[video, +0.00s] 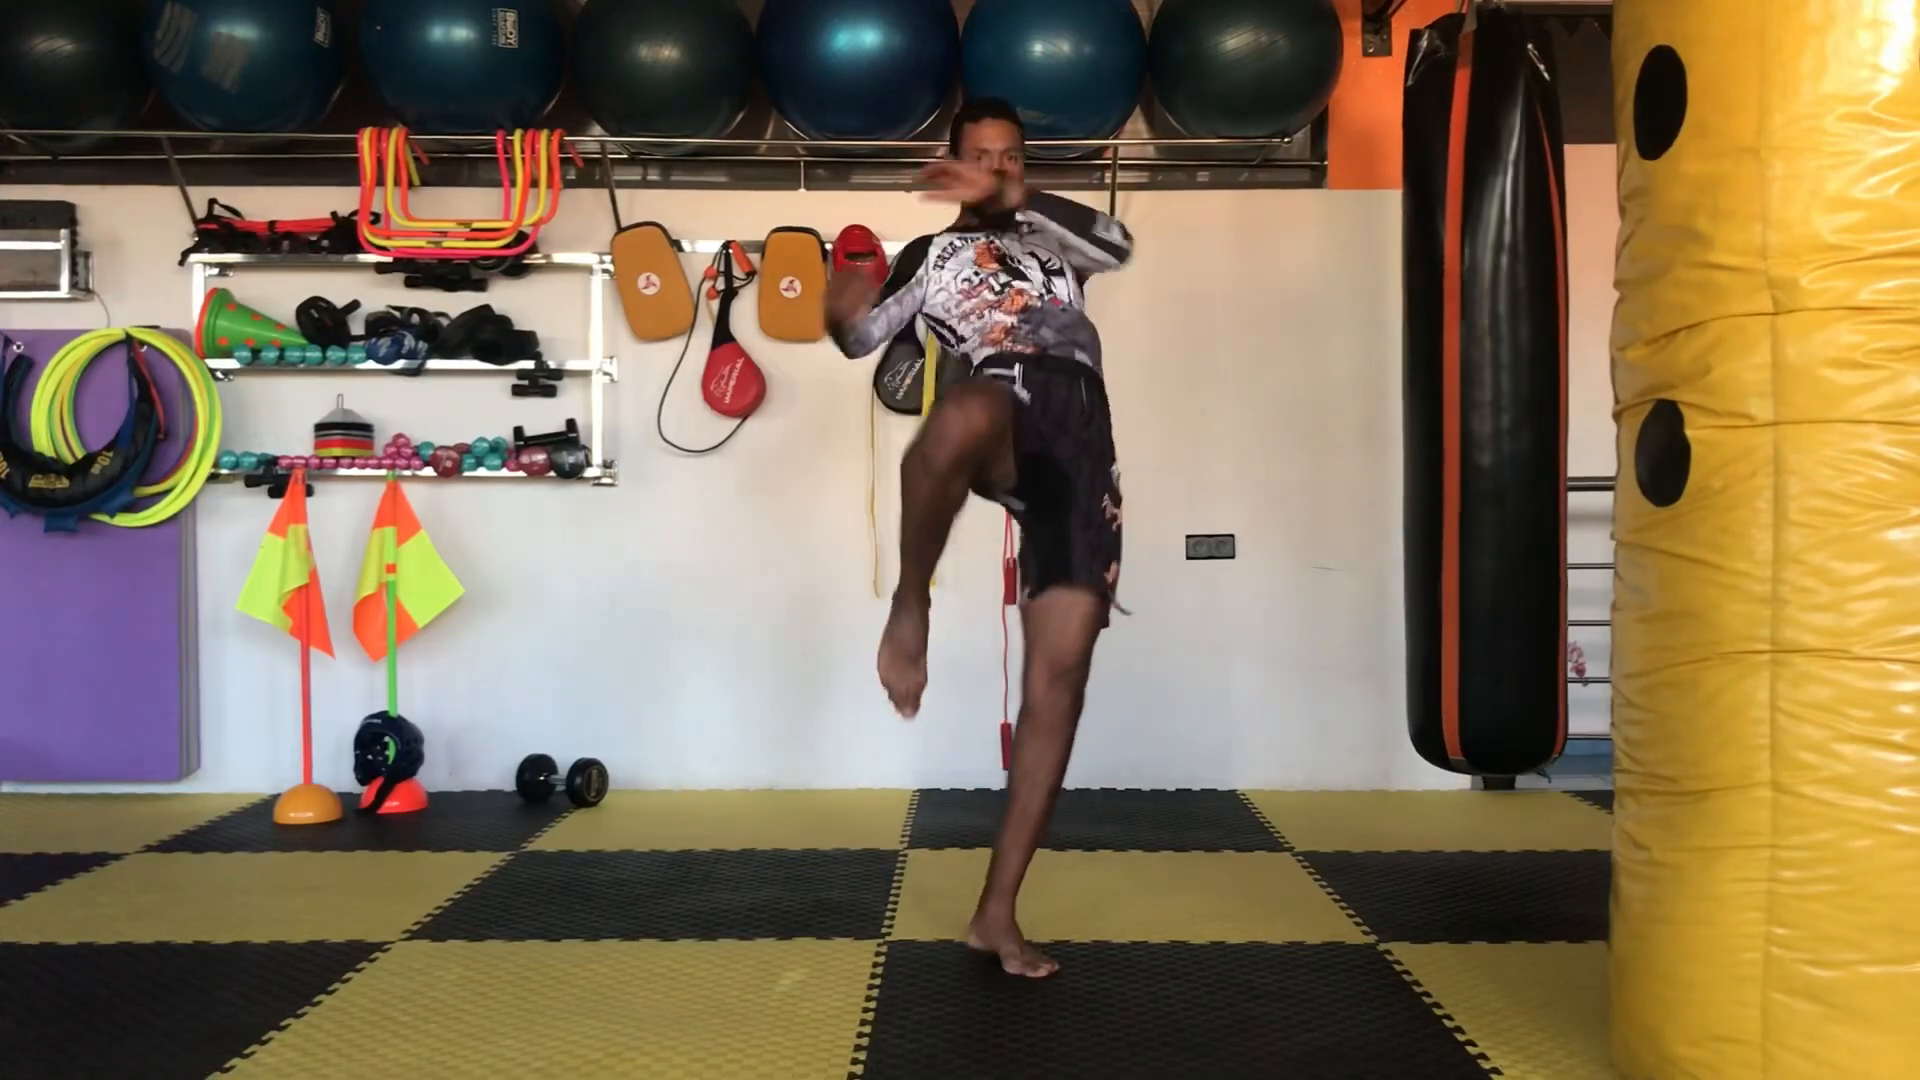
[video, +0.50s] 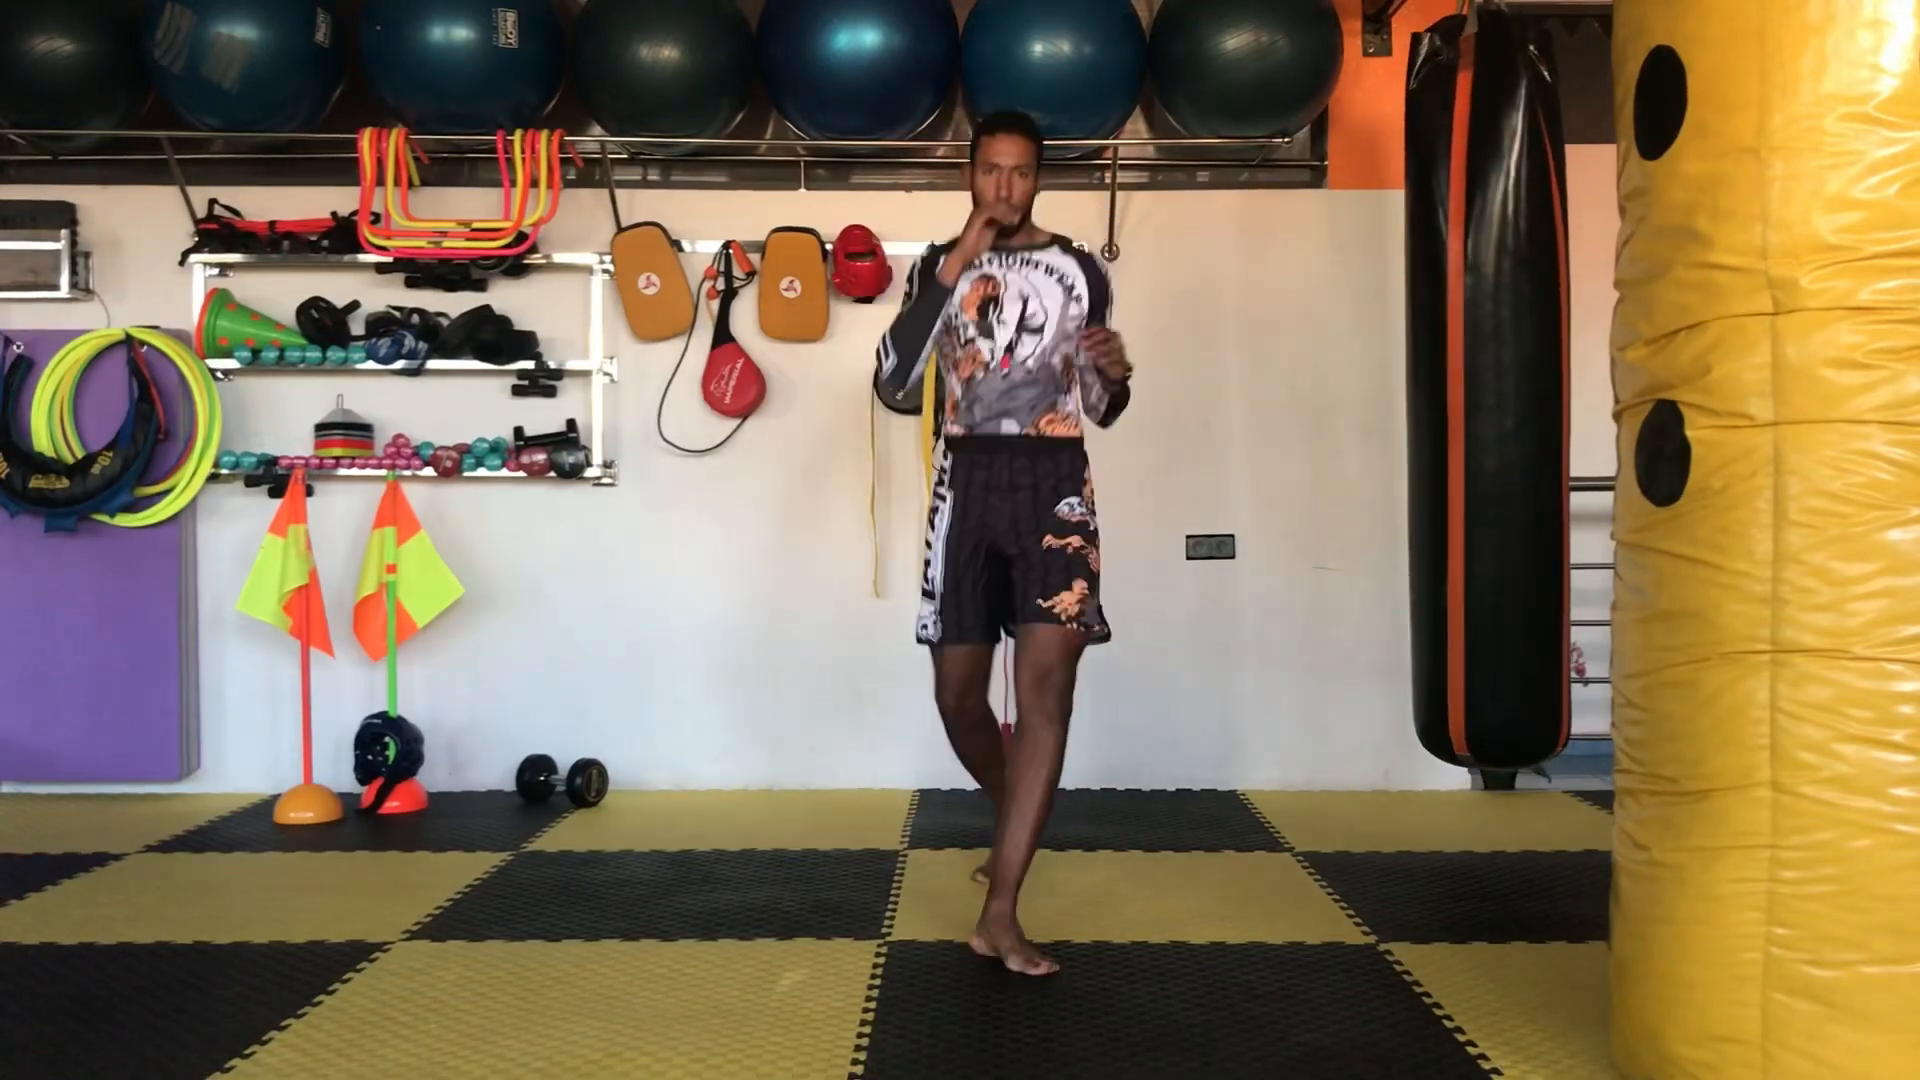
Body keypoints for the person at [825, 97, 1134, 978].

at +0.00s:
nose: (995, 171)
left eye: (1008, 158)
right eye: (978, 157)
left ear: (1026, 165)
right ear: (953, 169)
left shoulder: (1057, 234)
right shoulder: (934, 256)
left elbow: (1115, 246)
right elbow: (860, 340)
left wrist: (1010, 194)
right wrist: (845, 305)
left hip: (1079, 435)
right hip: (996, 417)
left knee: (1059, 686)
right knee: (960, 415)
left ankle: (998, 908)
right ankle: (911, 604)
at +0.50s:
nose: (1004, 185)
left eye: (1020, 171)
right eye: (991, 170)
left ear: (1039, 180)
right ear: (970, 177)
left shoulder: (1079, 273)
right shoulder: (939, 269)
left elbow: (1104, 410)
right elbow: (893, 380)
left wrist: (1112, 373)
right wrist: (951, 272)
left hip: (1056, 490)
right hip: (968, 491)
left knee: (1044, 695)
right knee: (959, 701)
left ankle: (1001, 909)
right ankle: (1018, 810)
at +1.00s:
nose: (1020, 182)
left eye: (1033, 168)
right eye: (1006, 168)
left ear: (1056, 169)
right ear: (989, 170)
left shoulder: (1098, 241)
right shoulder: (975, 253)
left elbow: (1158, 336)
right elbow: (917, 335)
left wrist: (1098, 242)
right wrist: (959, 246)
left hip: (1079, 464)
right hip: (1002, 466)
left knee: (1088, 672)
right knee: (973, 661)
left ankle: (1121, 857)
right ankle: (1028, 807)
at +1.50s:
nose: (1001, 216)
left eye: (1015, 204)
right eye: (987, 202)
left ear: (1038, 201)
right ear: (971, 201)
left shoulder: (1077, 265)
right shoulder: (952, 277)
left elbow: (1131, 360)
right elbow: (896, 387)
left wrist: (1076, 271)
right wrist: (935, 283)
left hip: (1060, 479)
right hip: (983, 482)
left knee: (1079, 666)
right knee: (981, 671)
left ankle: (1117, 860)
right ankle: (1022, 824)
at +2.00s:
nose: (1006, 194)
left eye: (1019, 180)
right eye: (993, 180)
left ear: (1035, 176)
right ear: (971, 171)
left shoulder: (1063, 240)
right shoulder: (932, 234)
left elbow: (1132, 347)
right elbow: (862, 313)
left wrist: (1108, 285)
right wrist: (925, 236)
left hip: (1043, 436)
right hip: (959, 447)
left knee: (1125, 604)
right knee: (948, 660)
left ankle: (1084, 711)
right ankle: (984, 797)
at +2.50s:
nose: (979, 188)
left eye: (989, 174)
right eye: (965, 173)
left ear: (1004, 176)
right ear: (937, 171)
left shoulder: (1026, 251)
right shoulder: (885, 234)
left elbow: (1078, 338)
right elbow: (848, 253)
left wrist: (1042, 256)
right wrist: (961, 190)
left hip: (988, 453)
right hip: (895, 460)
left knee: (1074, 640)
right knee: (878, 677)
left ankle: (1028, 701)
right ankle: (934, 905)